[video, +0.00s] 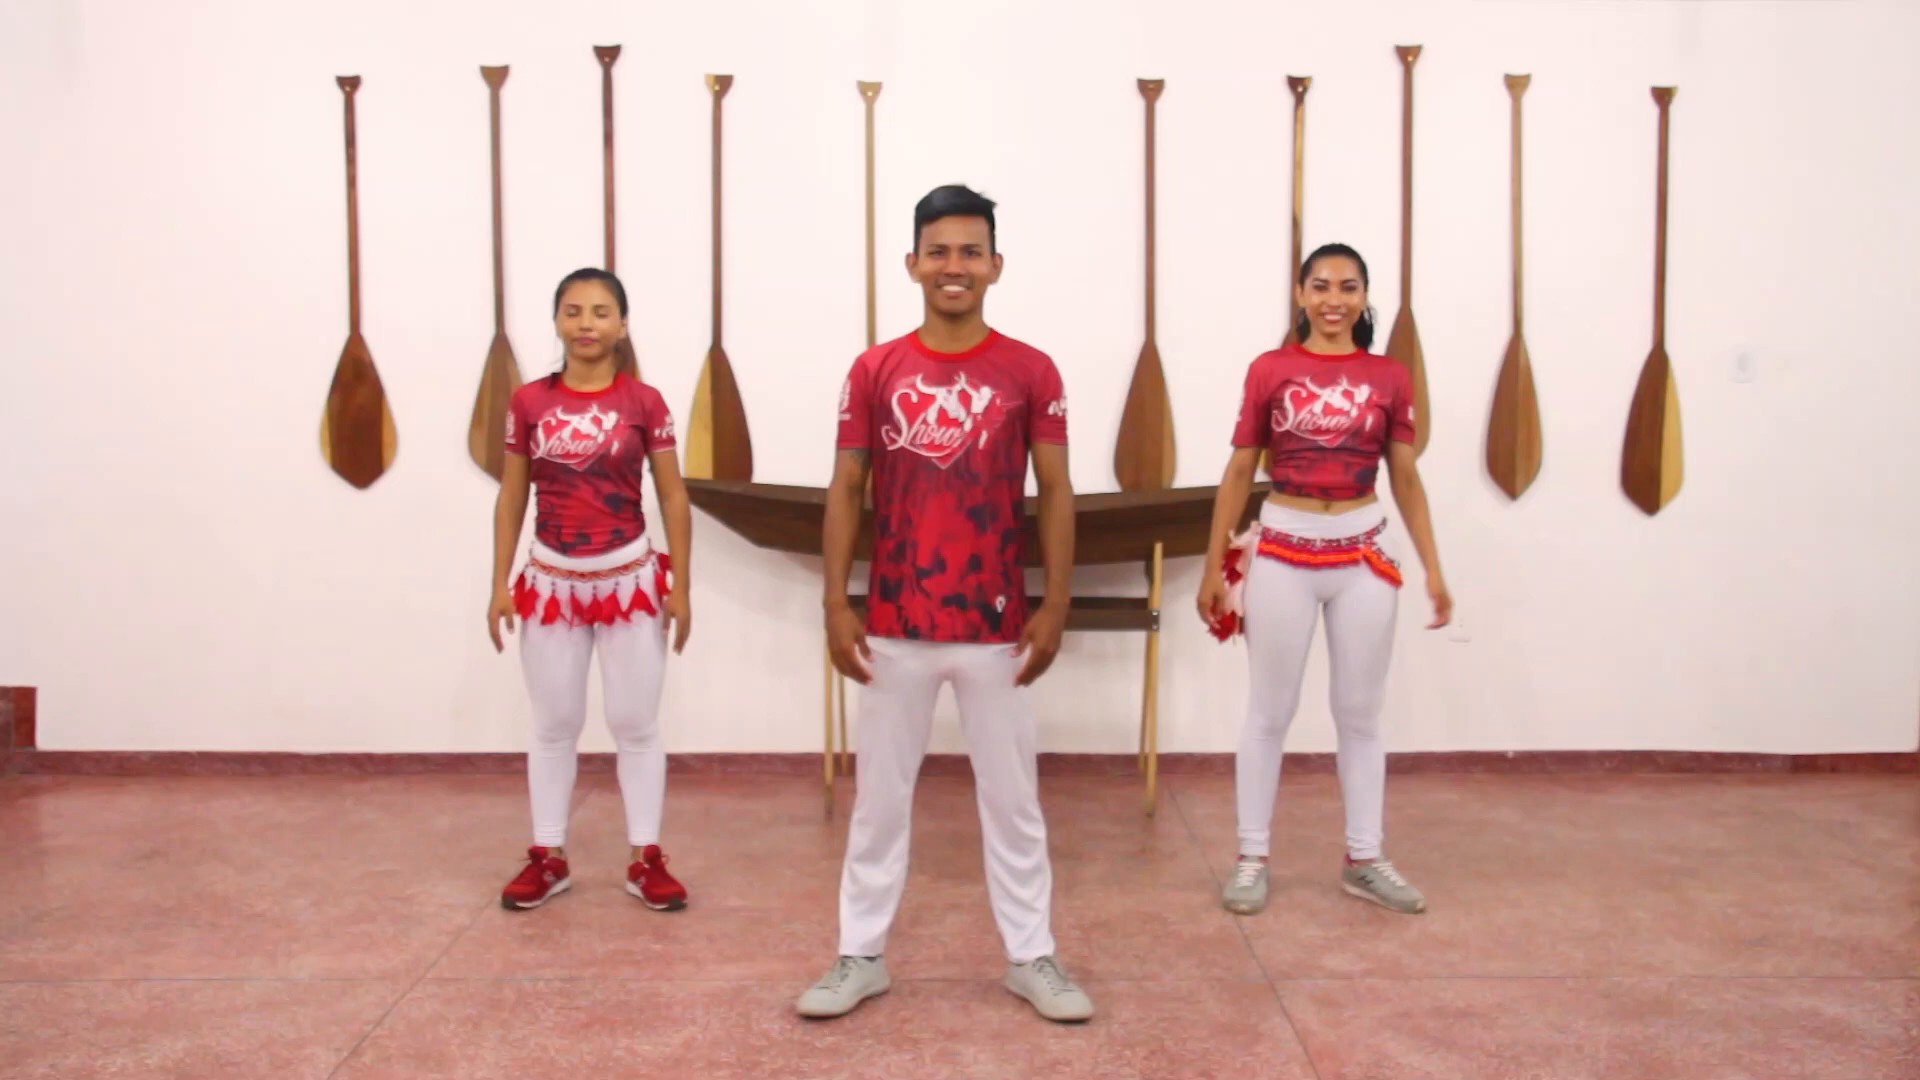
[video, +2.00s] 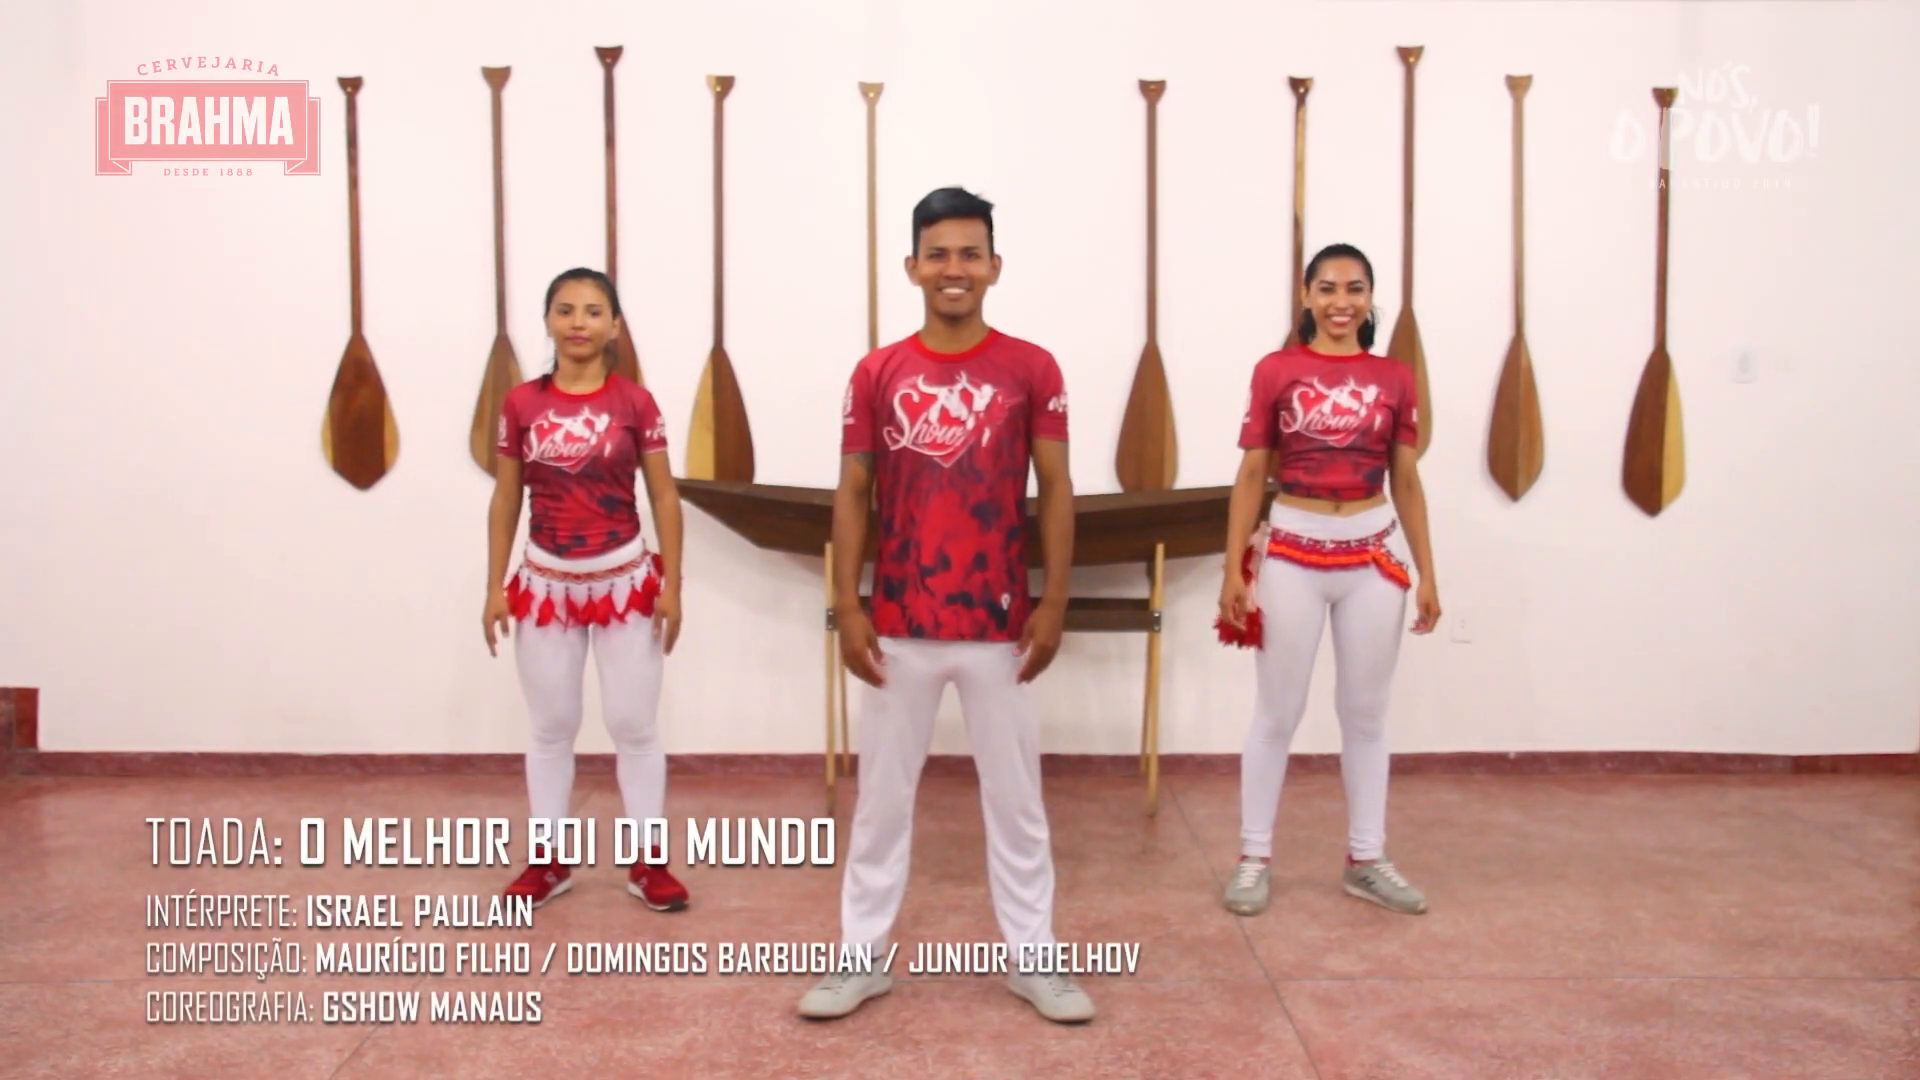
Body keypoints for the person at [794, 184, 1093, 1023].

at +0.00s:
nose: (955, 266)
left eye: (971, 251)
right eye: (940, 252)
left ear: (994, 264)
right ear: (915, 263)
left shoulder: (1031, 372)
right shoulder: (874, 371)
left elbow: (1057, 491)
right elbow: (845, 490)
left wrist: (1056, 603)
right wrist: (835, 602)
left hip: (995, 625)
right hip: (895, 623)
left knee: (1013, 802)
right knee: (880, 797)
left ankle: (1032, 955)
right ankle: (860, 953)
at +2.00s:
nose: (955, 269)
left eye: (971, 254)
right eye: (939, 255)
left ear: (993, 264)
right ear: (914, 267)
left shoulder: (1031, 369)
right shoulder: (876, 374)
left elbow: (1057, 490)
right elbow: (852, 495)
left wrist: (1054, 602)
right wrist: (844, 604)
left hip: (997, 623)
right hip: (900, 623)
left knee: (1016, 799)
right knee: (881, 796)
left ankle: (1034, 955)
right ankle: (862, 954)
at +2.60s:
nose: (965, 269)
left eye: (980, 254)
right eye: (948, 255)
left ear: (1001, 266)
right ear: (921, 266)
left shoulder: (1036, 372)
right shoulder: (882, 371)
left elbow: (1062, 491)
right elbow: (855, 492)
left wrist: (1074, 602)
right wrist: (851, 605)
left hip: (1001, 624)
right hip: (902, 622)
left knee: (1017, 799)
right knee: (882, 795)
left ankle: (1033, 954)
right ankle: (863, 953)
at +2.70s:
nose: (969, 269)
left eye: (985, 254)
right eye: (953, 255)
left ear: (1006, 265)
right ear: (927, 266)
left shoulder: (1039, 372)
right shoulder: (886, 367)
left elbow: (1073, 488)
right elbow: (857, 490)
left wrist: (1098, 598)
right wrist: (865, 604)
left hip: (1002, 625)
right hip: (906, 622)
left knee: (1018, 800)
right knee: (883, 797)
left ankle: (1033, 955)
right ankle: (862, 954)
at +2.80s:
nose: (973, 267)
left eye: (989, 252)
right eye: (957, 253)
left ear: (1011, 264)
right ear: (932, 265)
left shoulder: (1044, 371)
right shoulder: (893, 366)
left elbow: (1082, 487)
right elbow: (866, 487)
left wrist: (1113, 594)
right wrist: (887, 600)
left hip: (1006, 623)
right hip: (914, 619)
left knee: (1020, 799)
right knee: (886, 794)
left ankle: (1033, 954)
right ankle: (862, 952)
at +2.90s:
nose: (972, 256)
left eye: (988, 243)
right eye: (957, 244)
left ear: (1016, 261)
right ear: (936, 263)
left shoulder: (1051, 370)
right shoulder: (900, 368)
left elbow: (1078, 485)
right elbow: (883, 494)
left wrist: (1103, 594)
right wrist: (913, 608)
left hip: (1015, 623)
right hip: (923, 620)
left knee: (1022, 796)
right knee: (890, 792)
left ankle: (1032, 953)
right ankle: (866, 949)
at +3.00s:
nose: (969, 249)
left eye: (987, 237)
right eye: (956, 239)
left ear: (1020, 261)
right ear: (939, 264)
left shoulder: (1054, 371)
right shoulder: (912, 371)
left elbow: (1064, 486)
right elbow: (911, 499)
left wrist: (1074, 600)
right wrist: (939, 618)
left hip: (1028, 626)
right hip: (937, 625)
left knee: (1028, 800)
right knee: (898, 797)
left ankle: (1034, 954)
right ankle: (868, 951)